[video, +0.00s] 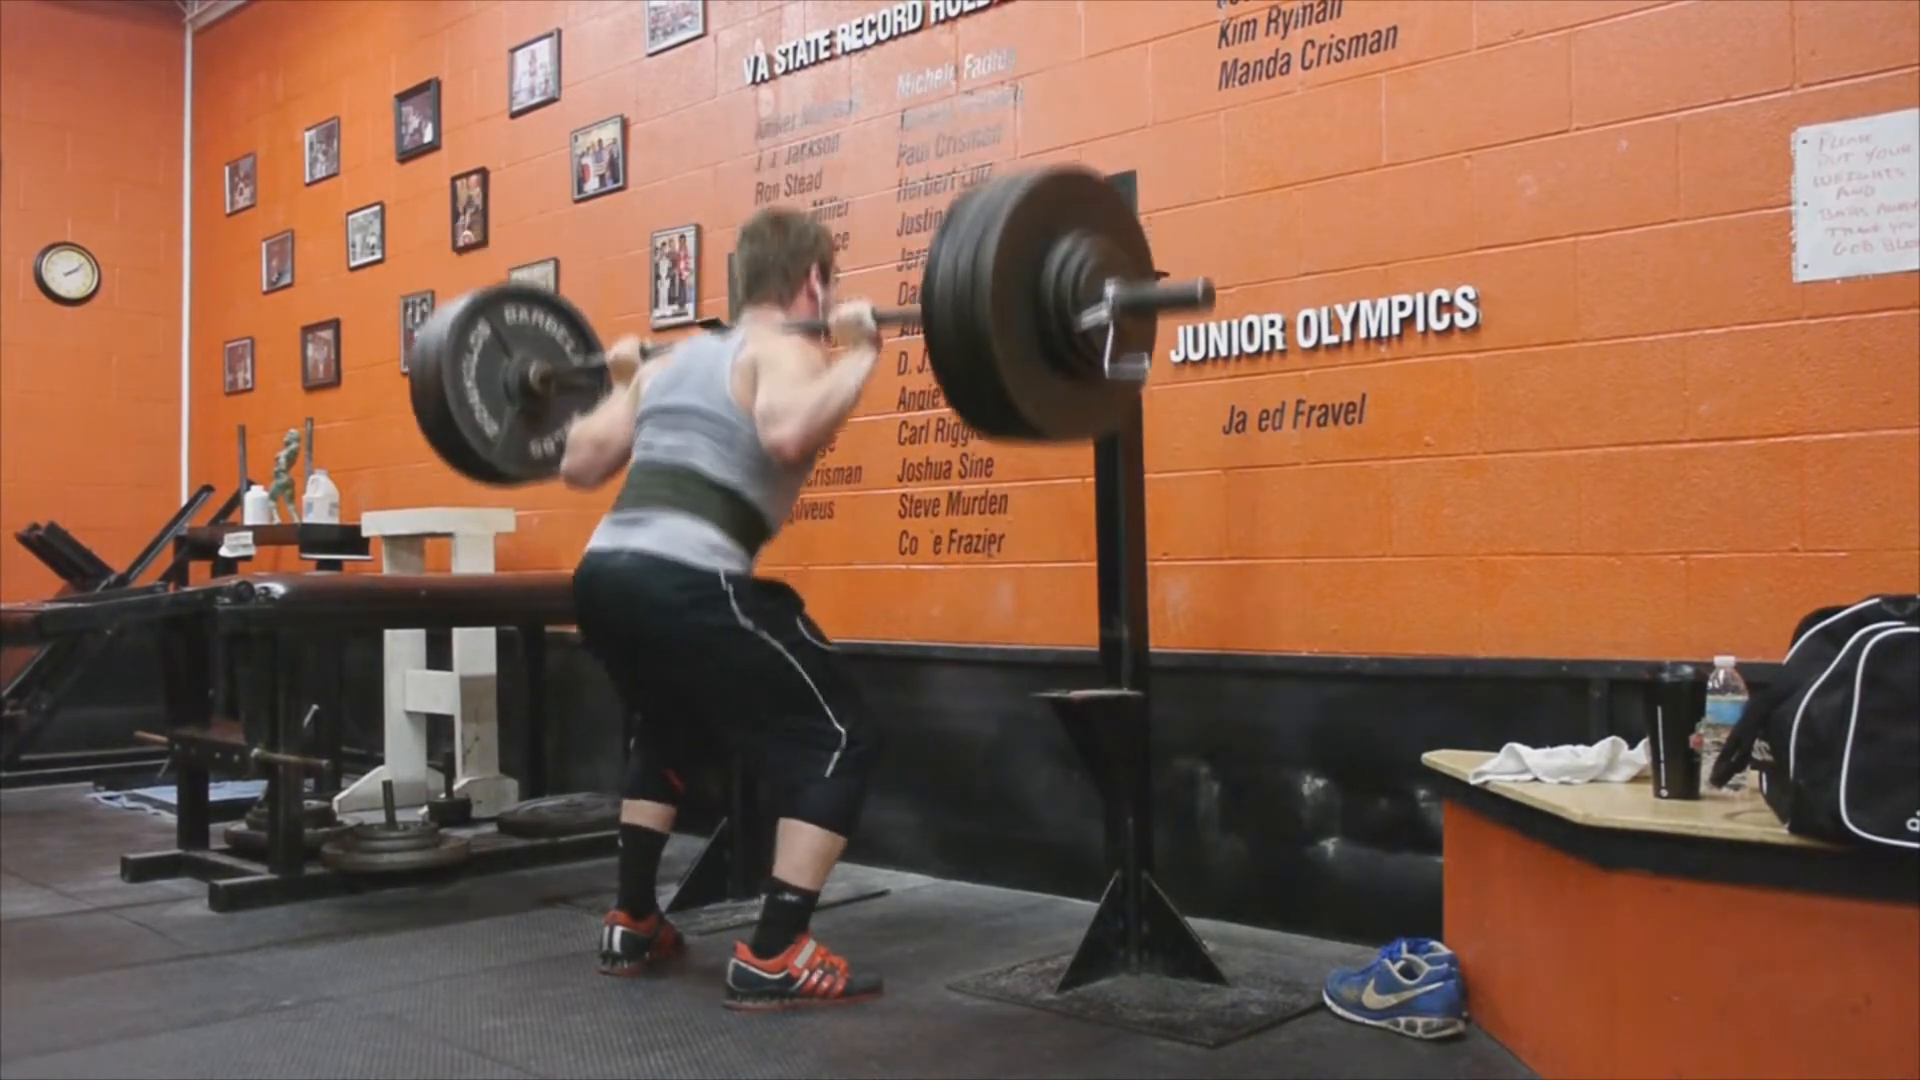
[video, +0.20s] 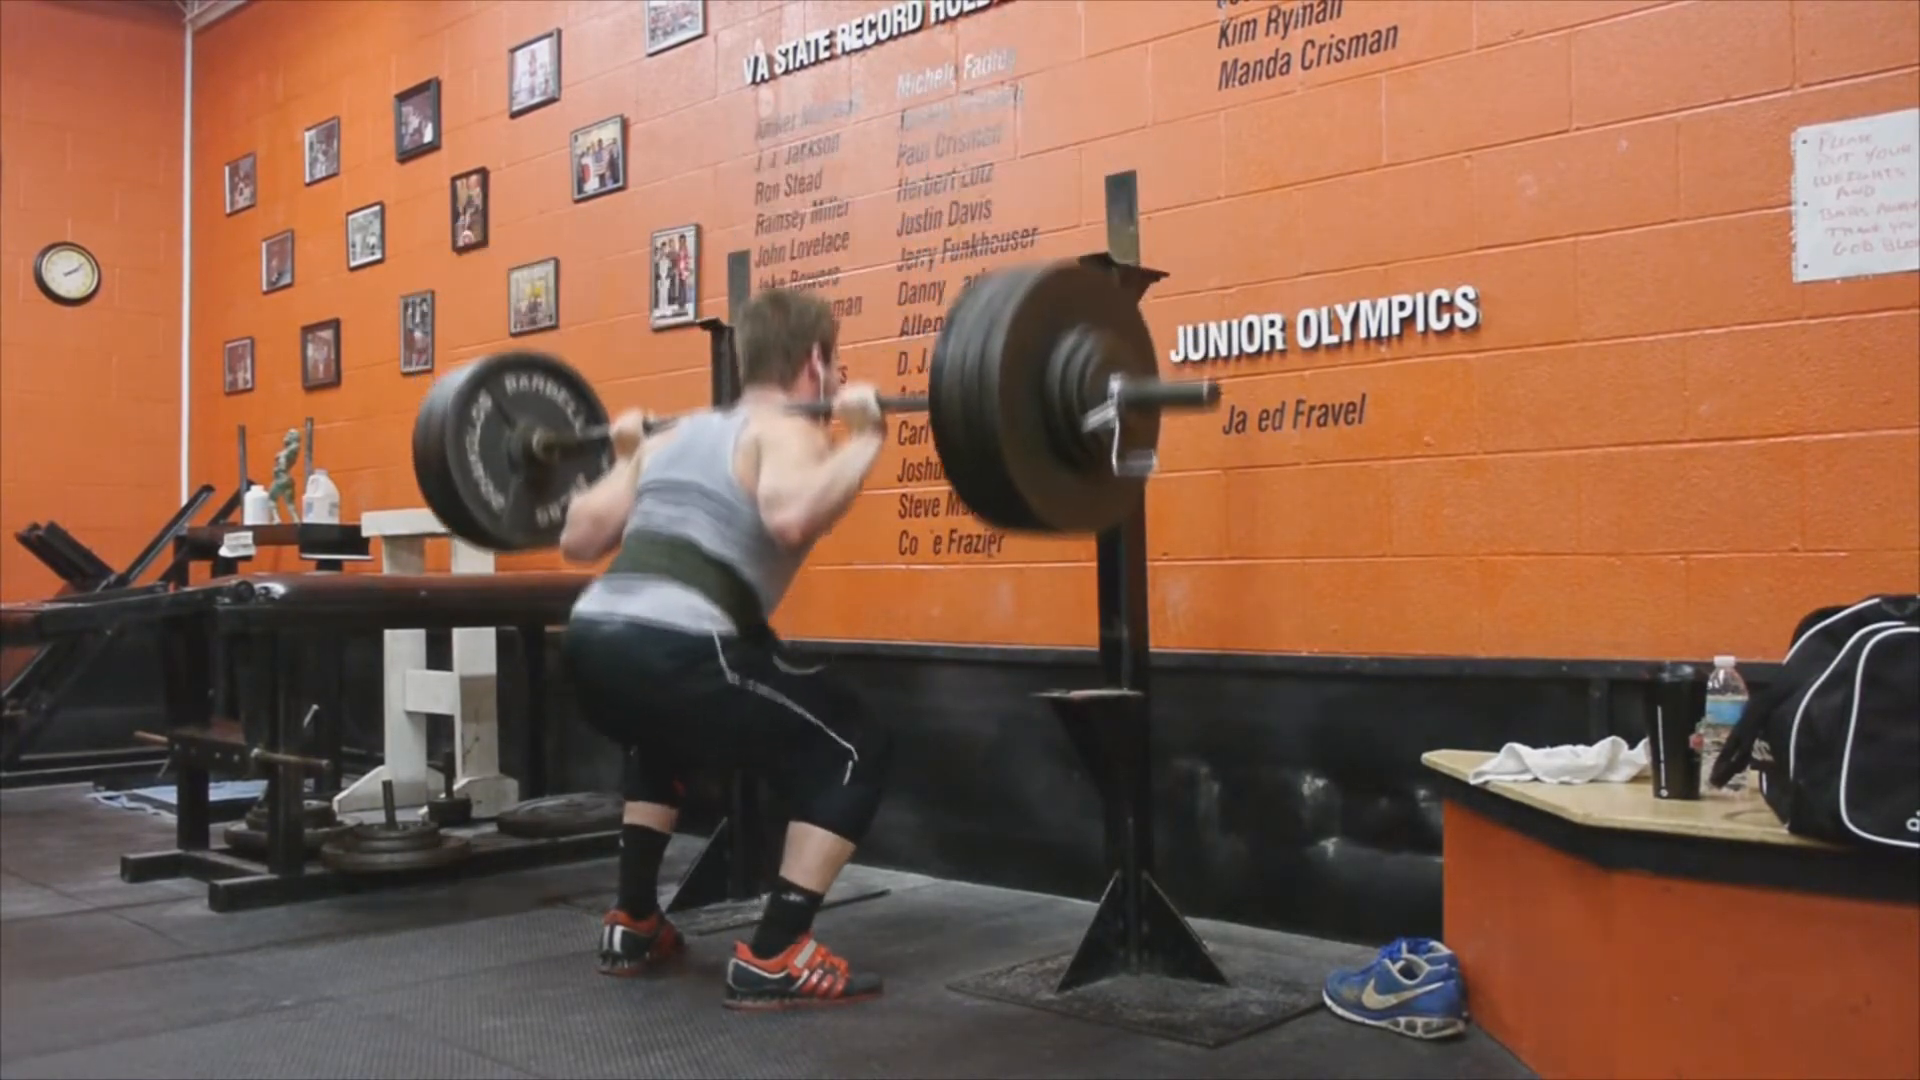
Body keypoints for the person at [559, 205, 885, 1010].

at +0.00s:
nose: (833, 294)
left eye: (830, 280)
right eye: (830, 281)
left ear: (743, 285)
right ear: (808, 283)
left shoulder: (676, 359)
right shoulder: (788, 347)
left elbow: (580, 463)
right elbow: (786, 434)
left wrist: (624, 381)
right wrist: (861, 351)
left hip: (605, 578)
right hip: (691, 585)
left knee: (662, 725)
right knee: (838, 734)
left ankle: (633, 920)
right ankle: (776, 947)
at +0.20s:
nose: (835, 373)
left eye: (837, 361)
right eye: (834, 360)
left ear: (744, 363)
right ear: (815, 363)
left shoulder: (675, 434)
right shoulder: (789, 427)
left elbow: (579, 540)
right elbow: (790, 515)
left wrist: (625, 454)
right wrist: (864, 440)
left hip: (594, 642)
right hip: (687, 654)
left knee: (665, 735)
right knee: (853, 750)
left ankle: (634, 920)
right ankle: (776, 949)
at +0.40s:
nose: (833, 451)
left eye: (833, 436)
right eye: (831, 436)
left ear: (743, 442)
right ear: (813, 443)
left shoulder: (675, 515)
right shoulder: (792, 516)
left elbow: (587, 621)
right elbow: (796, 610)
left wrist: (627, 533)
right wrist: (868, 525)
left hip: (599, 736)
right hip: (696, 749)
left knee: (675, 751)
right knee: (870, 782)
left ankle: (634, 918)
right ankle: (776, 951)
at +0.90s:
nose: (837, 443)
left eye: (835, 428)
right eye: (835, 428)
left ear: (746, 432)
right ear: (817, 432)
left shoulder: (674, 503)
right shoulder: (798, 498)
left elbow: (574, 594)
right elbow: (786, 582)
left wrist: (626, 516)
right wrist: (867, 505)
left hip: (600, 713)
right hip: (698, 721)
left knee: (674, 751)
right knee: (860, 768)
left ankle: (634, 917)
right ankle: (775, 950)